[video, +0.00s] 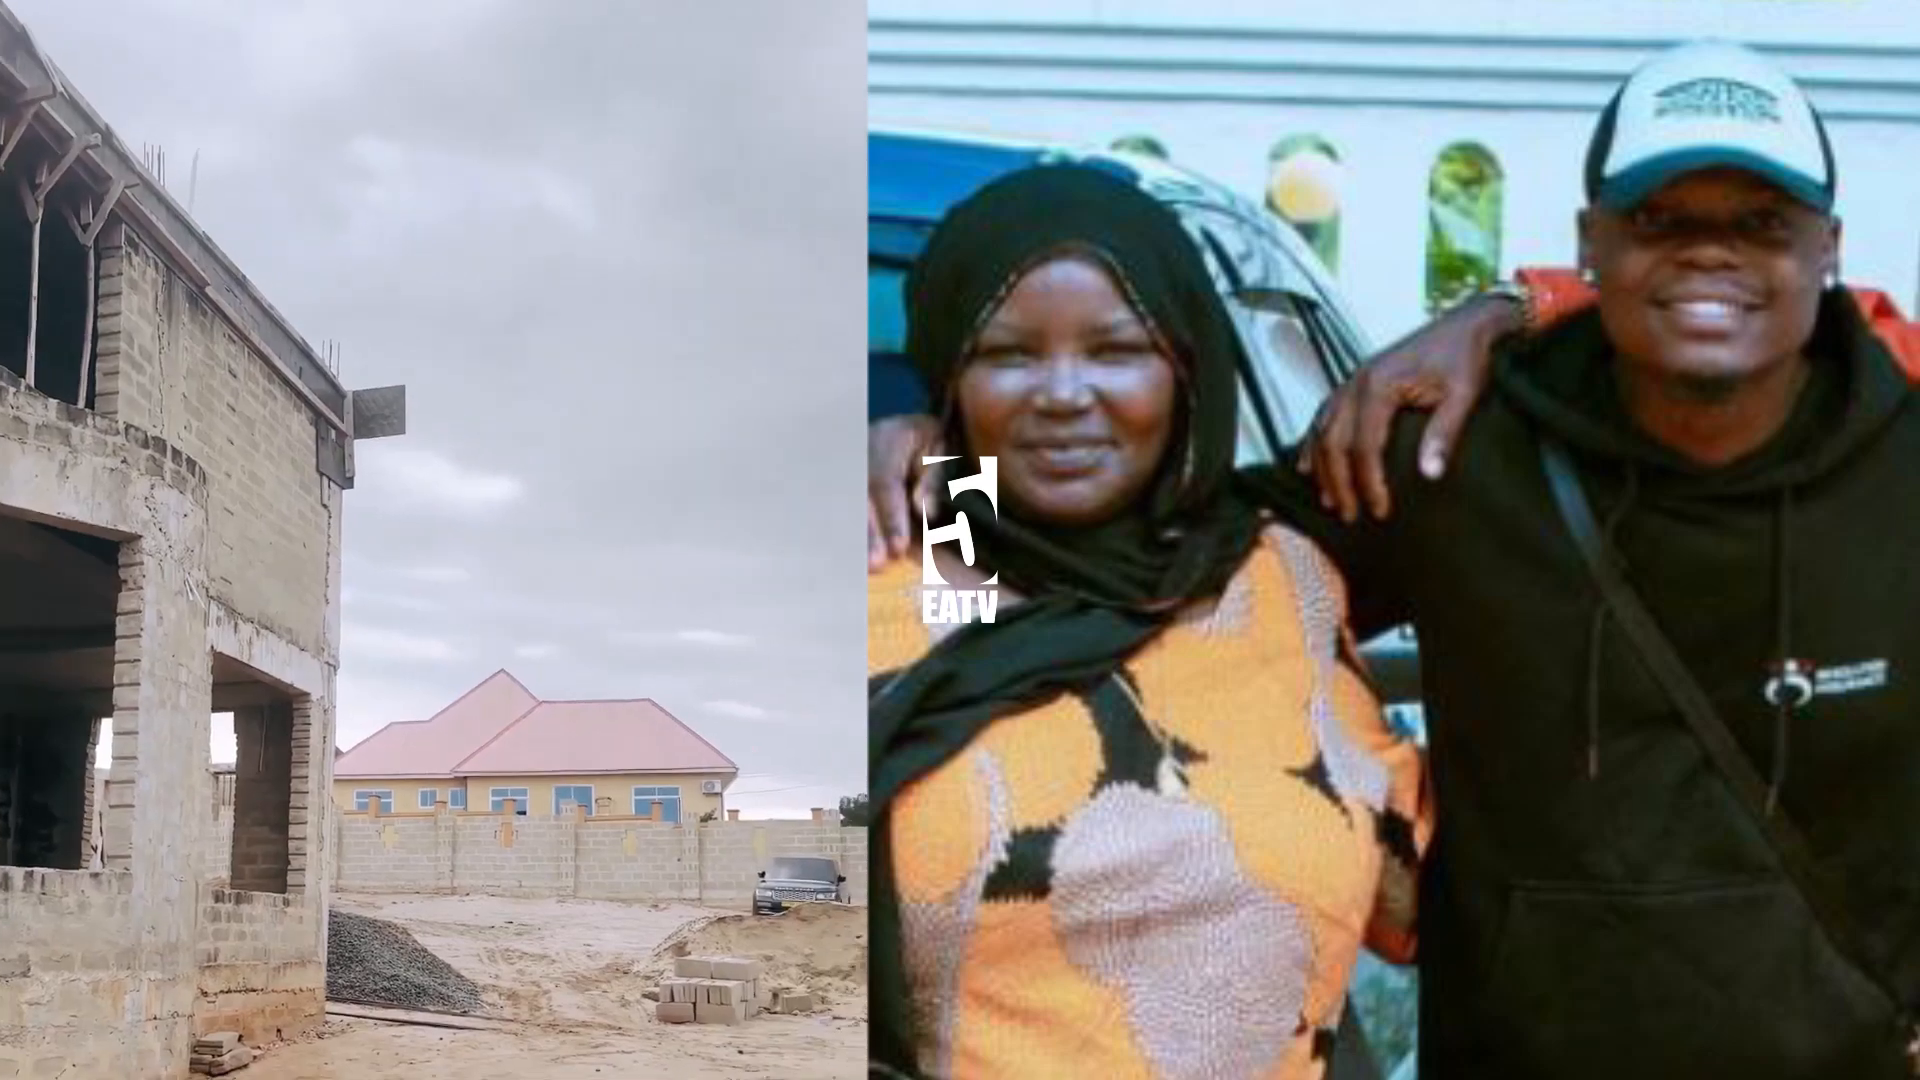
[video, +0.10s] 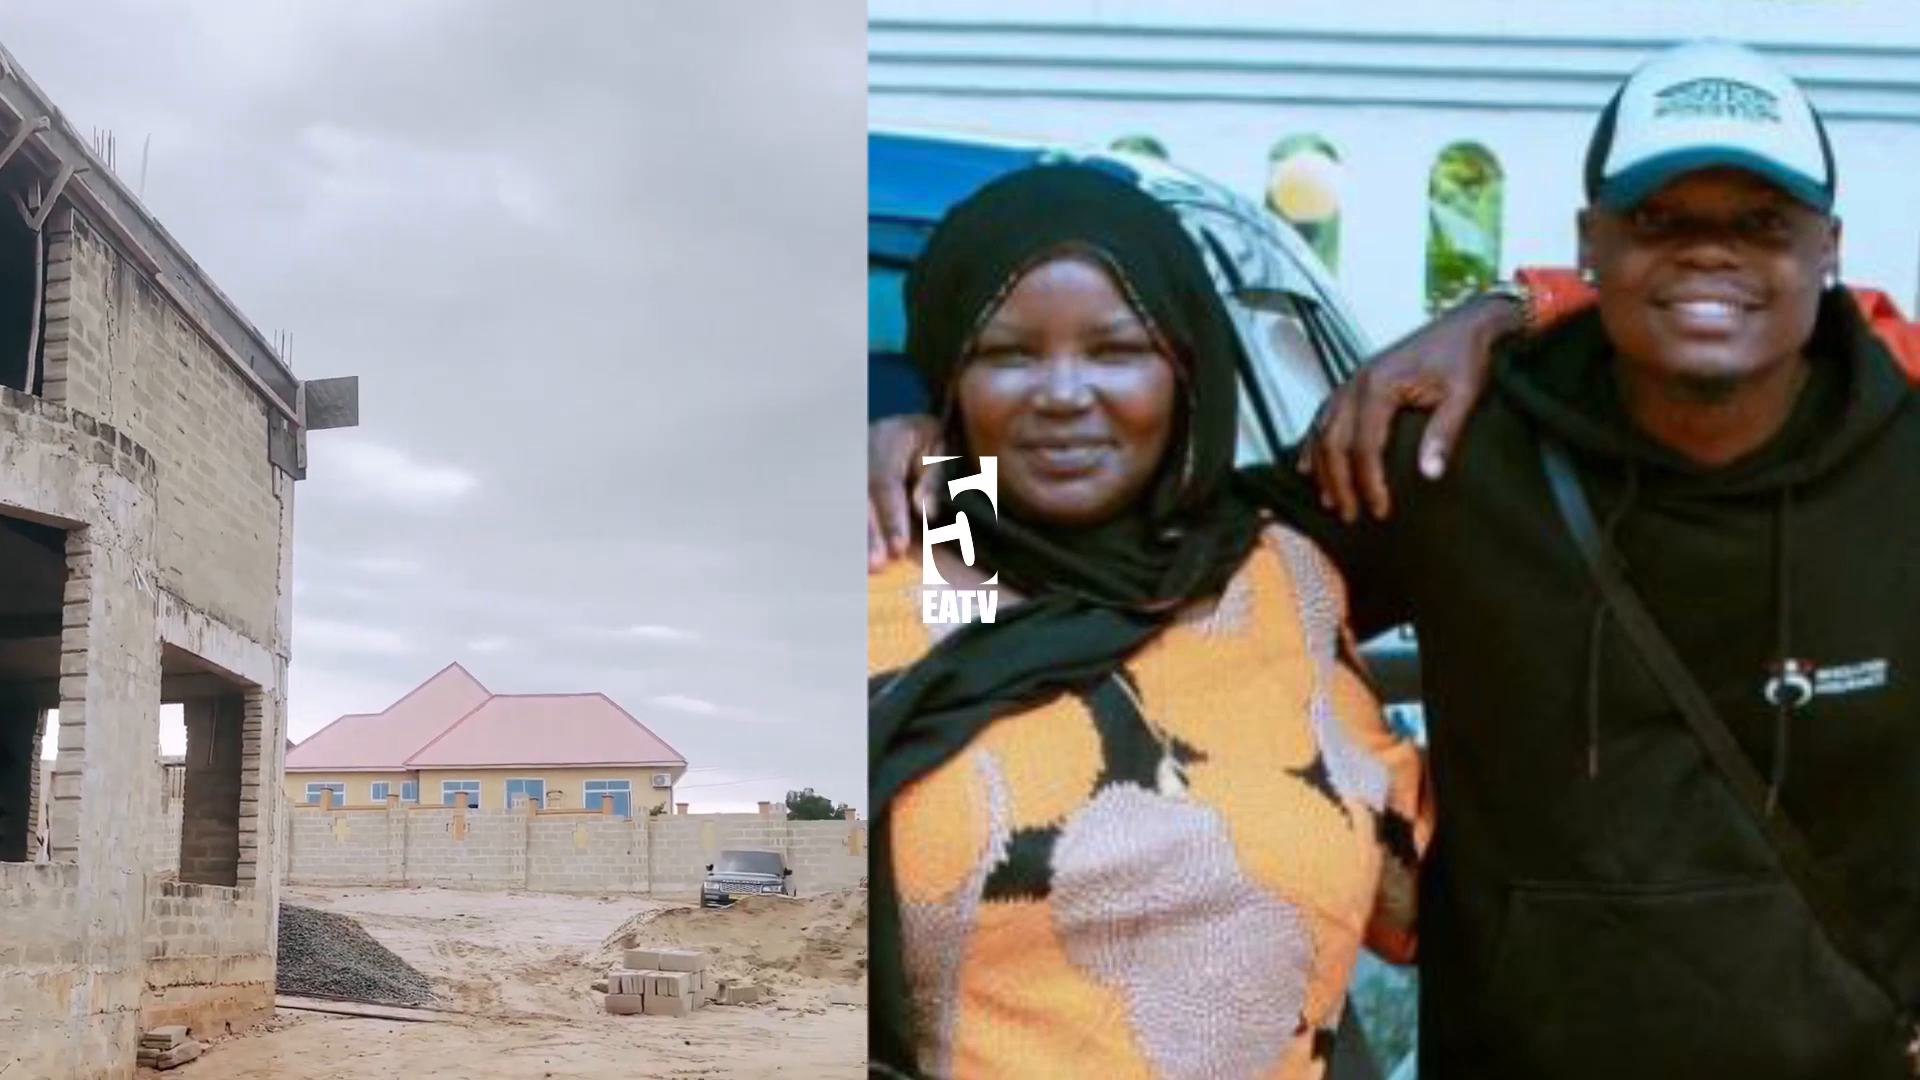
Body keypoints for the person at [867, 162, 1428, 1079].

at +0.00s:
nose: (1062, 397)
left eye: (1115, 351)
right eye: (1011, 354)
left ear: (1188, 374)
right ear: (949, 386)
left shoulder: (1285, 586)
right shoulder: (866, 610)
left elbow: (1424, 887)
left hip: (1281, 1059)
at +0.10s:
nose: (1062, 397)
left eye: (1115, 351)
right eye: (1011, 354)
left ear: (1188, 373)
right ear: (949, 386)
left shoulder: (1285, 586)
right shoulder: (868, 609)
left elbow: (1425, 887)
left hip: (1281, 1059)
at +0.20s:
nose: (1063, 397)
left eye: (1115, 350)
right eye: (1011, 354)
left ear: (1188, 374)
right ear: (949, 386)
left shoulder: (1285, 584)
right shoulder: (866, 604)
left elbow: (1422, 888)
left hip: (1280, 1059)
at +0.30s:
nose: (1063, 397)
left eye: (1115, 351)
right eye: (1012, 354)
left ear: (1188, 374)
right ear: (949, 386)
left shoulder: (1284, 585)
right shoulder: (859, 609)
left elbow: (1422, 890)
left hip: (1280, 1059)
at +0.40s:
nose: (1063, 397)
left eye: (1115, 351)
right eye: (1012, 354)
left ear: (1188, 374)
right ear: (949, 386)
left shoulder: (1284, 585)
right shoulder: (862, 608)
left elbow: (1422, 888)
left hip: (1280, 1059)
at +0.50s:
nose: (1062, 397)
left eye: (1115, 350)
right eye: (1011, 354)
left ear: (1188, 374)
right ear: (950, 387)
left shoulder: (1285, 585)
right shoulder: (870, 608)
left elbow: (1422, 890)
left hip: (1280, 1059)